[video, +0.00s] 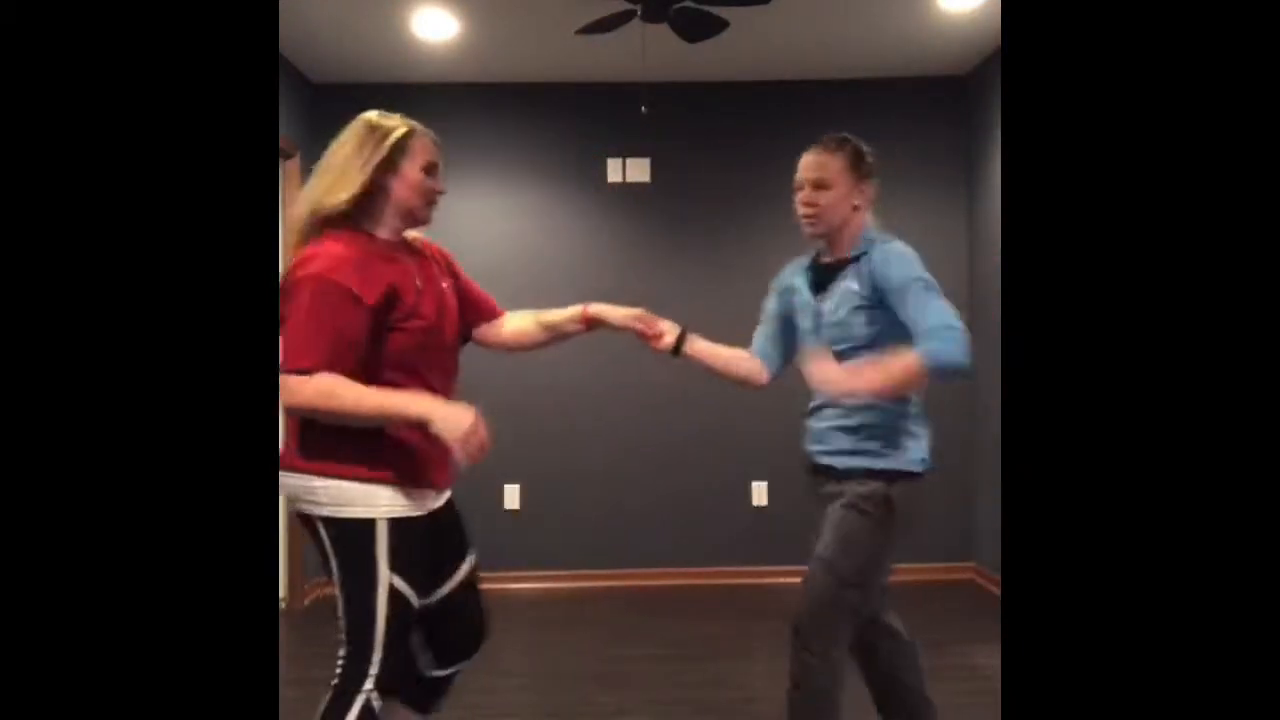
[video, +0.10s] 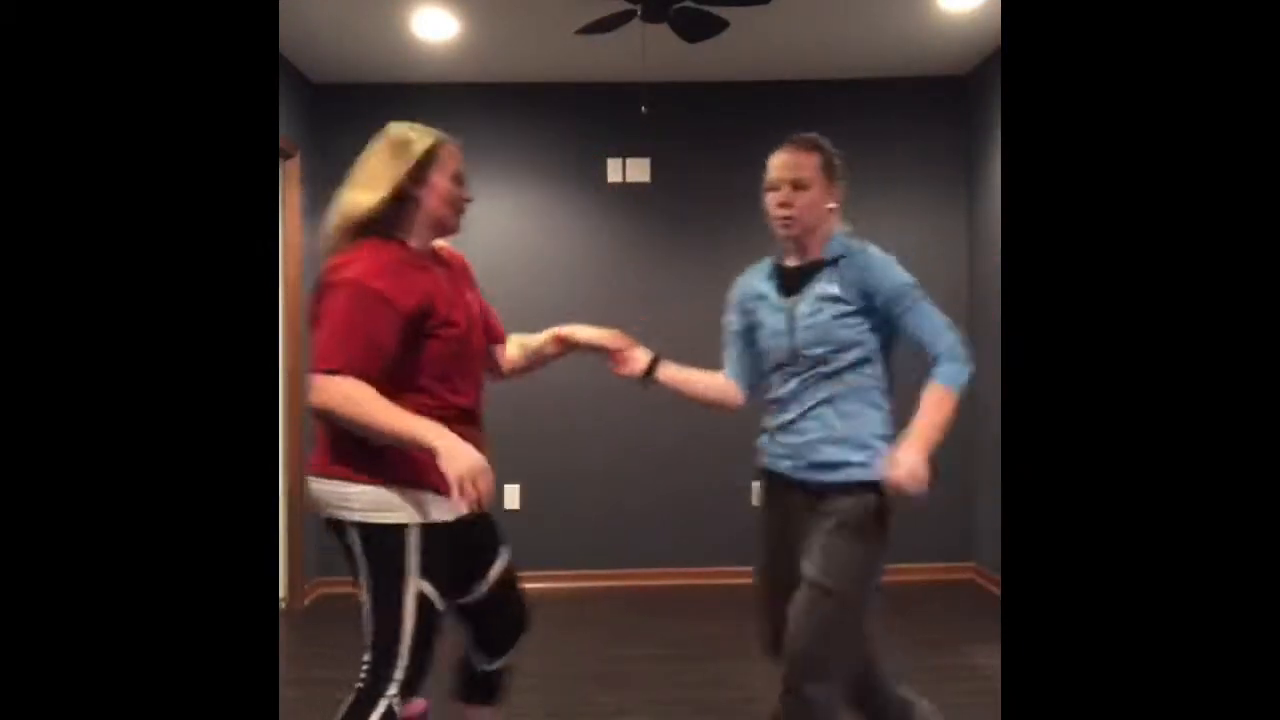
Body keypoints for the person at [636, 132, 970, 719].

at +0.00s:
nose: (804, 200)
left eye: (820, 187)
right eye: (799, 188)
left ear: (861, 196)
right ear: (794, 194)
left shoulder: (889, 261)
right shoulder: (794, 281)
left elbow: (949, 347)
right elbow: (758, 366)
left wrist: (848, 379)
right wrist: (678, 340)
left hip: (880, 473)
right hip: (827, 472)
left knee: (816, 624)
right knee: (868, 624)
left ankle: (812, 716)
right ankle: (915, 715)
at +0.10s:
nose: (780, 200)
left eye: (797, 187)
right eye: (772, 188)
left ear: (833, 198)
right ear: (763, 199)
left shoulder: (865, 269)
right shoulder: (750, 288)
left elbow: (952, 356)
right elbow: (734, 390)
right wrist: (651, 365)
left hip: (856, 486)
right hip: (781, 485)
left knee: (809, 652)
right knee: (786, 642)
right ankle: (901, 709)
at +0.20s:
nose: (760, 193)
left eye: (774, 181)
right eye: (748, 181)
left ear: (800, 194)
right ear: (729, 194)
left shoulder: (843, 271)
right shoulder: (706, 288)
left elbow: (905, 373)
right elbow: (701, 400)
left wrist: (901, 480)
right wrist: (610, 415)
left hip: (838, 497)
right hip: (743, 493)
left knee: (809, 668)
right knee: (723, 660)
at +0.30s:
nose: (742, 185)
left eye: (755, 173)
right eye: (728, 171)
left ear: (773, 186)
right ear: (698, 183)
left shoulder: (813, 271)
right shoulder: (665, 284)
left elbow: (841, 386)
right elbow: (661, 404)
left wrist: (840, 487)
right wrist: (636, 488)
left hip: (799, 508)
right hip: (698, 504)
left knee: (796, 691)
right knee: (681, 675)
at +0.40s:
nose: (737, 184)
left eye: (742, 171)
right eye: (721, 168)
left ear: (747, 182)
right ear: (670, 175)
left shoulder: (762, 272)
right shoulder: (623, 280)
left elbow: (770, 391)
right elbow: (622, 407)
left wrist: (775, 483)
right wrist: (616, 522)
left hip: (762, 510)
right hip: (669, 511)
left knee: (782, 690)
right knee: (632, 691)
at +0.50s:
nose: (718, 184)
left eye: (717, 169)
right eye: (703, 168)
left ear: (658, 173)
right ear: (649, 171)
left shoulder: (697, 270)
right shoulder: (585, 270)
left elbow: (683, 392)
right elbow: (577, 404)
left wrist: (710, 494)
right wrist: (579, 526)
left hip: (707, 524)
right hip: (624, 529)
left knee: (755, 692)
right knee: (579, 702)